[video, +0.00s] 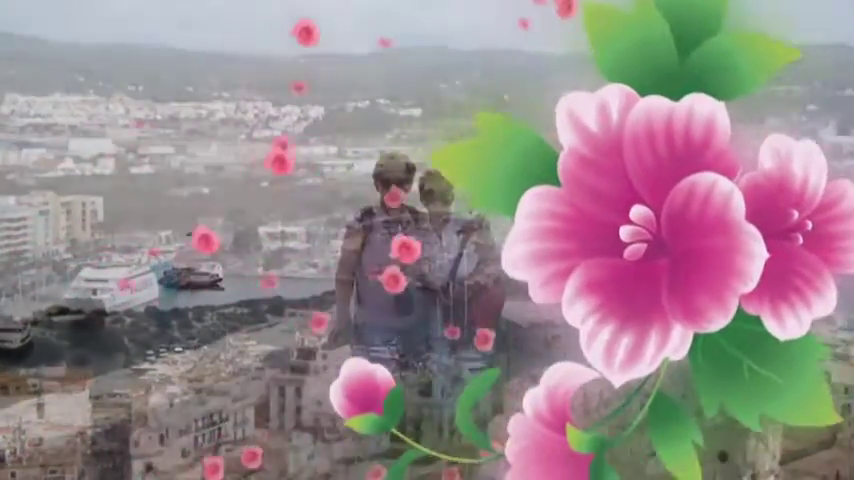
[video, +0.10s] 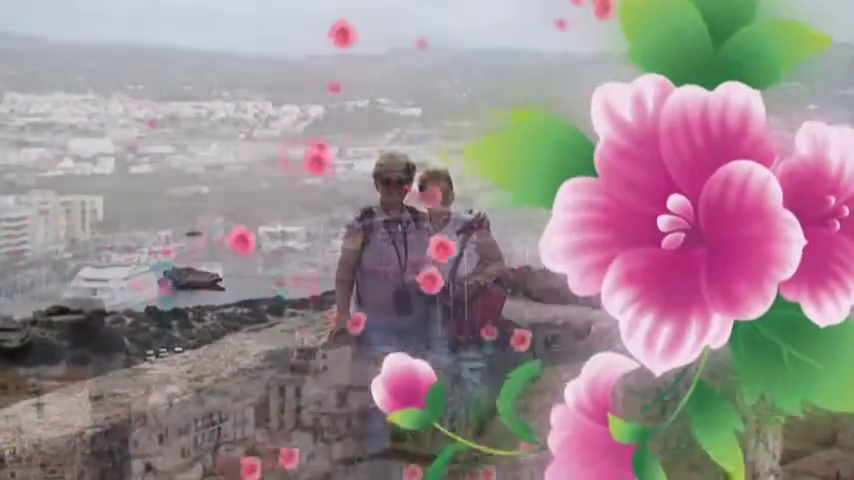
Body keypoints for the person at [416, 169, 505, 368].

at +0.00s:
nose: (438, 208)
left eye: (443, 200)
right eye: (431, 201)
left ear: (451, 199)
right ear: (423, 201)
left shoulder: (472, 228)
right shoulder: (414, 232)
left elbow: (492, 264)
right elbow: (405, 267)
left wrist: (469, 286)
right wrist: (426, 286)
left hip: (465, 299)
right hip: (426, 297)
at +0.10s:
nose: (431, 199)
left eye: (437, 193)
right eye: (426, 193)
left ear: (450, 196)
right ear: (421, 196)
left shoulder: (472, 226)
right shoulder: (412, 230)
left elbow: (495, 265)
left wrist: (467, 287)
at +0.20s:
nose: (437, 199)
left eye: (443, 193)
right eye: (430, 194)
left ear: (452, 196)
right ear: (422, 198)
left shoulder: (473, 227)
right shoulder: (415, 234)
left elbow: (497, 268)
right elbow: (409, 277)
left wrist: (464, 287)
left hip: (471, 320)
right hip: (429, 319)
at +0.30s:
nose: (438, 198)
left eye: (443, 192)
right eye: (430, 193)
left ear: (452, 195)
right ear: (421, 198)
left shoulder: (472, 228)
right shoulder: (417, 233)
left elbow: (496, 262)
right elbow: (406, 269)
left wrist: (471, 284)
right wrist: (425, 290)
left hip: (469, 322)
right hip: (435, 323)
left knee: (469, 389)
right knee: (441, 391)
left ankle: (466, 452)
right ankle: (442, 452)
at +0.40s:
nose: (437, 198)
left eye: (443, 192)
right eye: (430, 193)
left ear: (452, 195)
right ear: (422, 197)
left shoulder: (472, 229)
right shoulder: (418, 235)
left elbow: (498, 263)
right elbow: (409, 273)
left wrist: (471, 285)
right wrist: (427, 290)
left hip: (472, 323)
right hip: (437, 324)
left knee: (472, 387)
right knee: (443, 385)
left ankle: (466, 449)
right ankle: (445, 445)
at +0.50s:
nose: (437, 197)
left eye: (443, 192)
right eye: (430, 193)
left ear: (452, 195)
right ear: (422, 198)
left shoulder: (474, 230)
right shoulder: (418, 237)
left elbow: (498, 263)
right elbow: (410, 278)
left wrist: (472, 284)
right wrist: (433, 292)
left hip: (474, 320)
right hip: (437, 322)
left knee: (472, 384)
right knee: (443, 382)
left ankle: (466, 449)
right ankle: (445, 442)